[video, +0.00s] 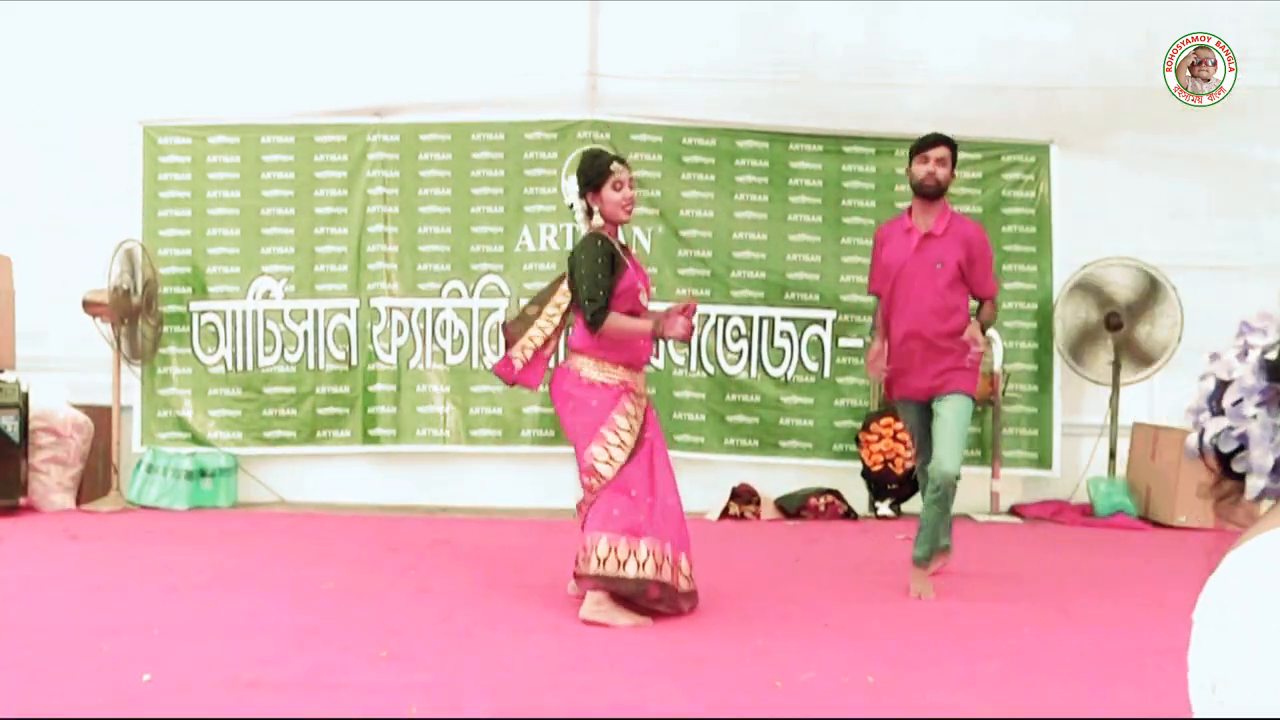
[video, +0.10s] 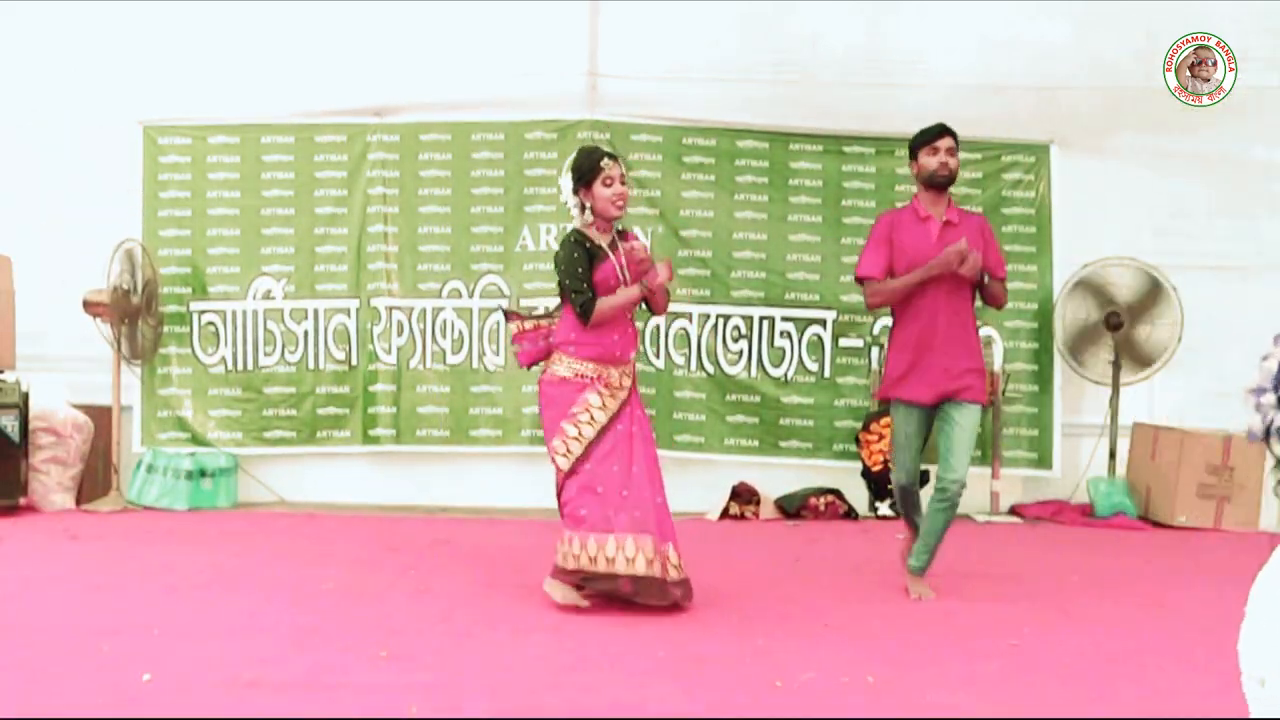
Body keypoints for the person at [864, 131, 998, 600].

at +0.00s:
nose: (932, 169)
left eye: (942, 163)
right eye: (924, 161)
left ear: (952, 175)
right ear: (909, 169)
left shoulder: (969, 233)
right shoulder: (889, 232)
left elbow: (989, 298)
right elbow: (882, 300)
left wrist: (980, 325)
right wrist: (877, 342)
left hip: (955, 366)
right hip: (903, 369)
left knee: (945, 471)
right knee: (923, 472)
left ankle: (921, 564)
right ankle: (942, 545)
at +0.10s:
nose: (945, 160)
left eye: (952, 153)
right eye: (935, 153)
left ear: (960, 164)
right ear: (915, 164)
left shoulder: (975, 224)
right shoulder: (892, 222)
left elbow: (999, 299)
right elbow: (872, 296)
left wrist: (976, 272)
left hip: (964, 368)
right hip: (909, 366)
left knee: (953, 481)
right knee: (903, 480)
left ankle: (918, 571)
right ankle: (916, 533)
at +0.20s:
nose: (951, 145)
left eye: (956, 138)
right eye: (941, 138)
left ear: (962, 148)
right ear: (917, 149)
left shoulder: (974, 209)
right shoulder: (901, 200)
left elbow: (1012, 273)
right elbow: (886, 254)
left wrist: (993, 230)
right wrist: (943, 223)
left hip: (964, 354)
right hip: (915, 350)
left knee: (941, 472)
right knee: (913, 467)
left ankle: (911, 569)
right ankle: (883, 511)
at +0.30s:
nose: (962, 118)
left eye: (963, 110)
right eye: (951, 112)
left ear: (966, 120)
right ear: (925, 125)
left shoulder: (971, 178)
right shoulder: (917, 169)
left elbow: (994, 253)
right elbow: (905, 203)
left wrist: (993, 219)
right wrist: (962, 203)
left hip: (965, 325)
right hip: (928, 321)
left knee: (941, 442)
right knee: (940, 438)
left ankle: (888, 549)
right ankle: (880, 544)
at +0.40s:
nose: (968, 120)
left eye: (969, 111)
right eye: (956, 115)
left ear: (970, 121)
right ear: (932, 130)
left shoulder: (969, 182)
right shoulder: (932, 170)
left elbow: (969, 254)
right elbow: (913, 200)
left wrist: (1016, 248)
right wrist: (985, 212)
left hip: (955, 334)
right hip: (937, 334)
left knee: (912, 453)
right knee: (945, 453)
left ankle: (857, 554)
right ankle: (932, 582)